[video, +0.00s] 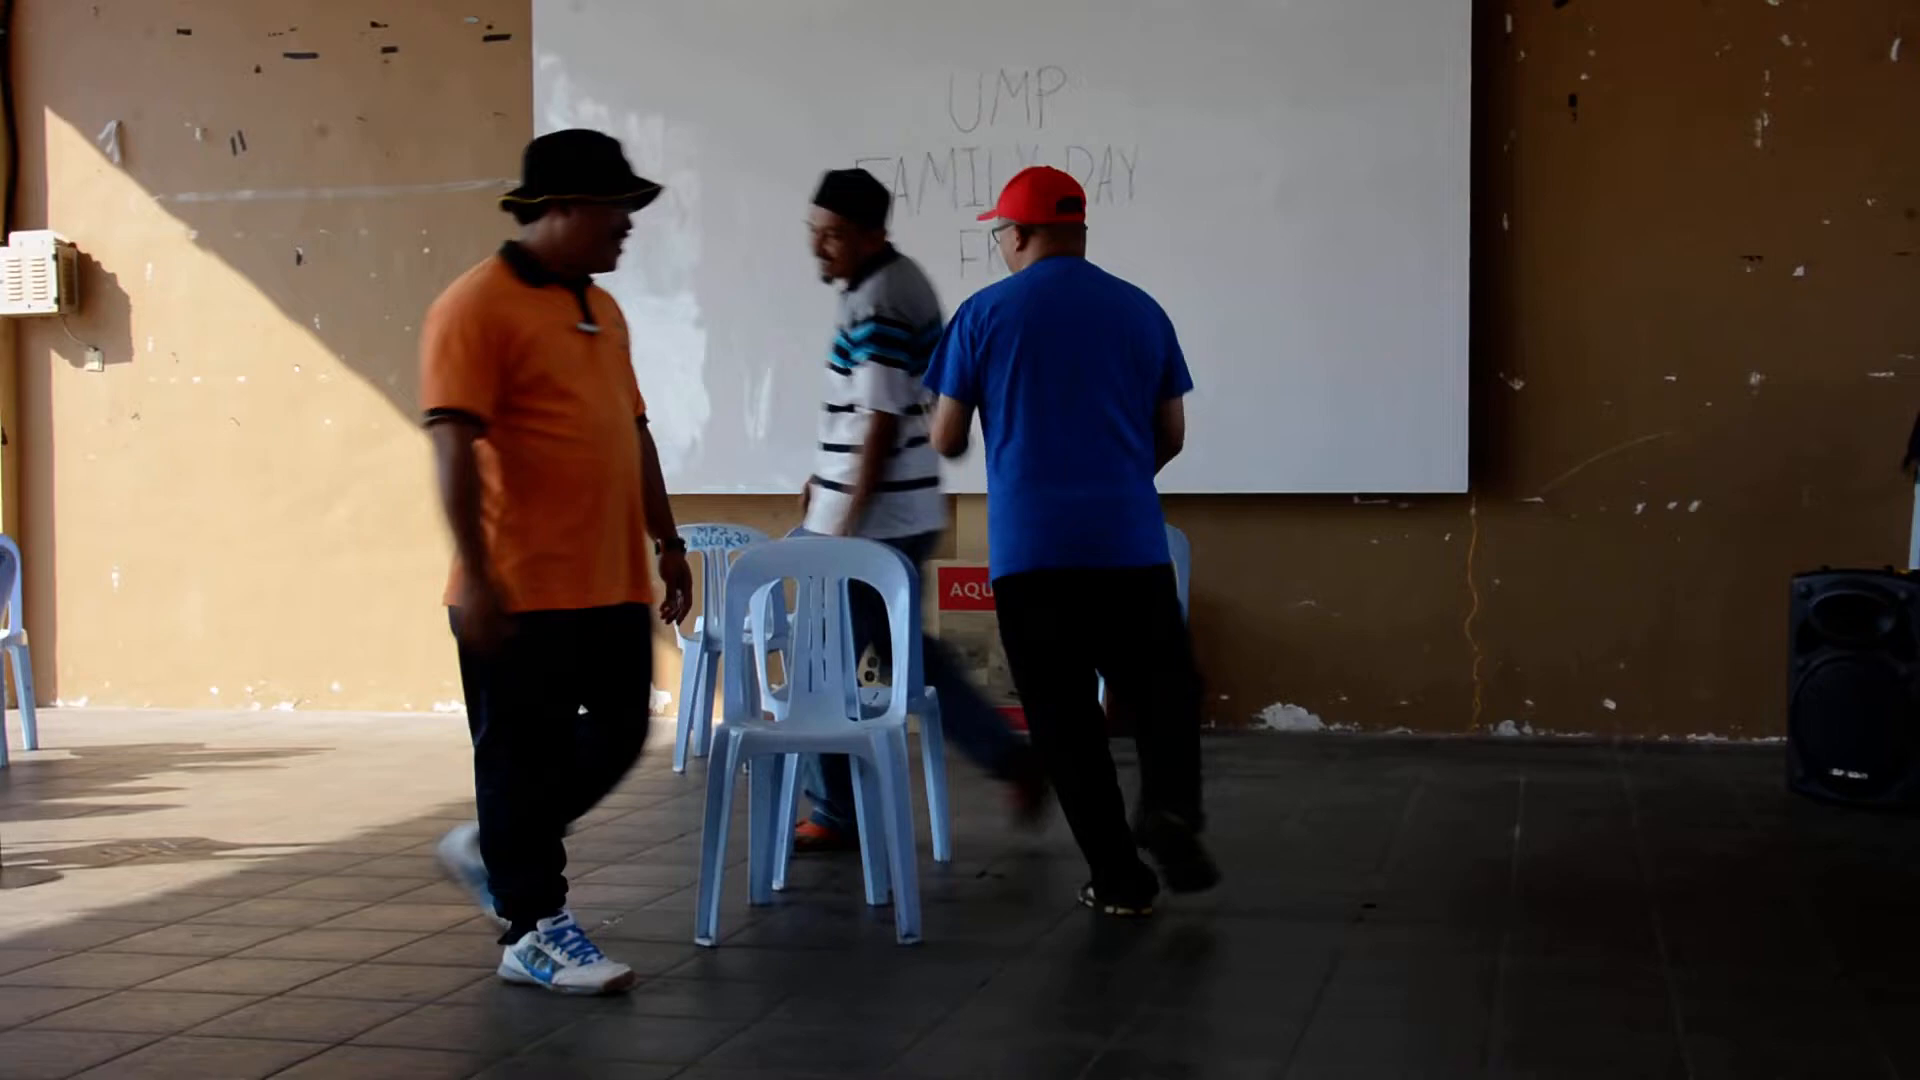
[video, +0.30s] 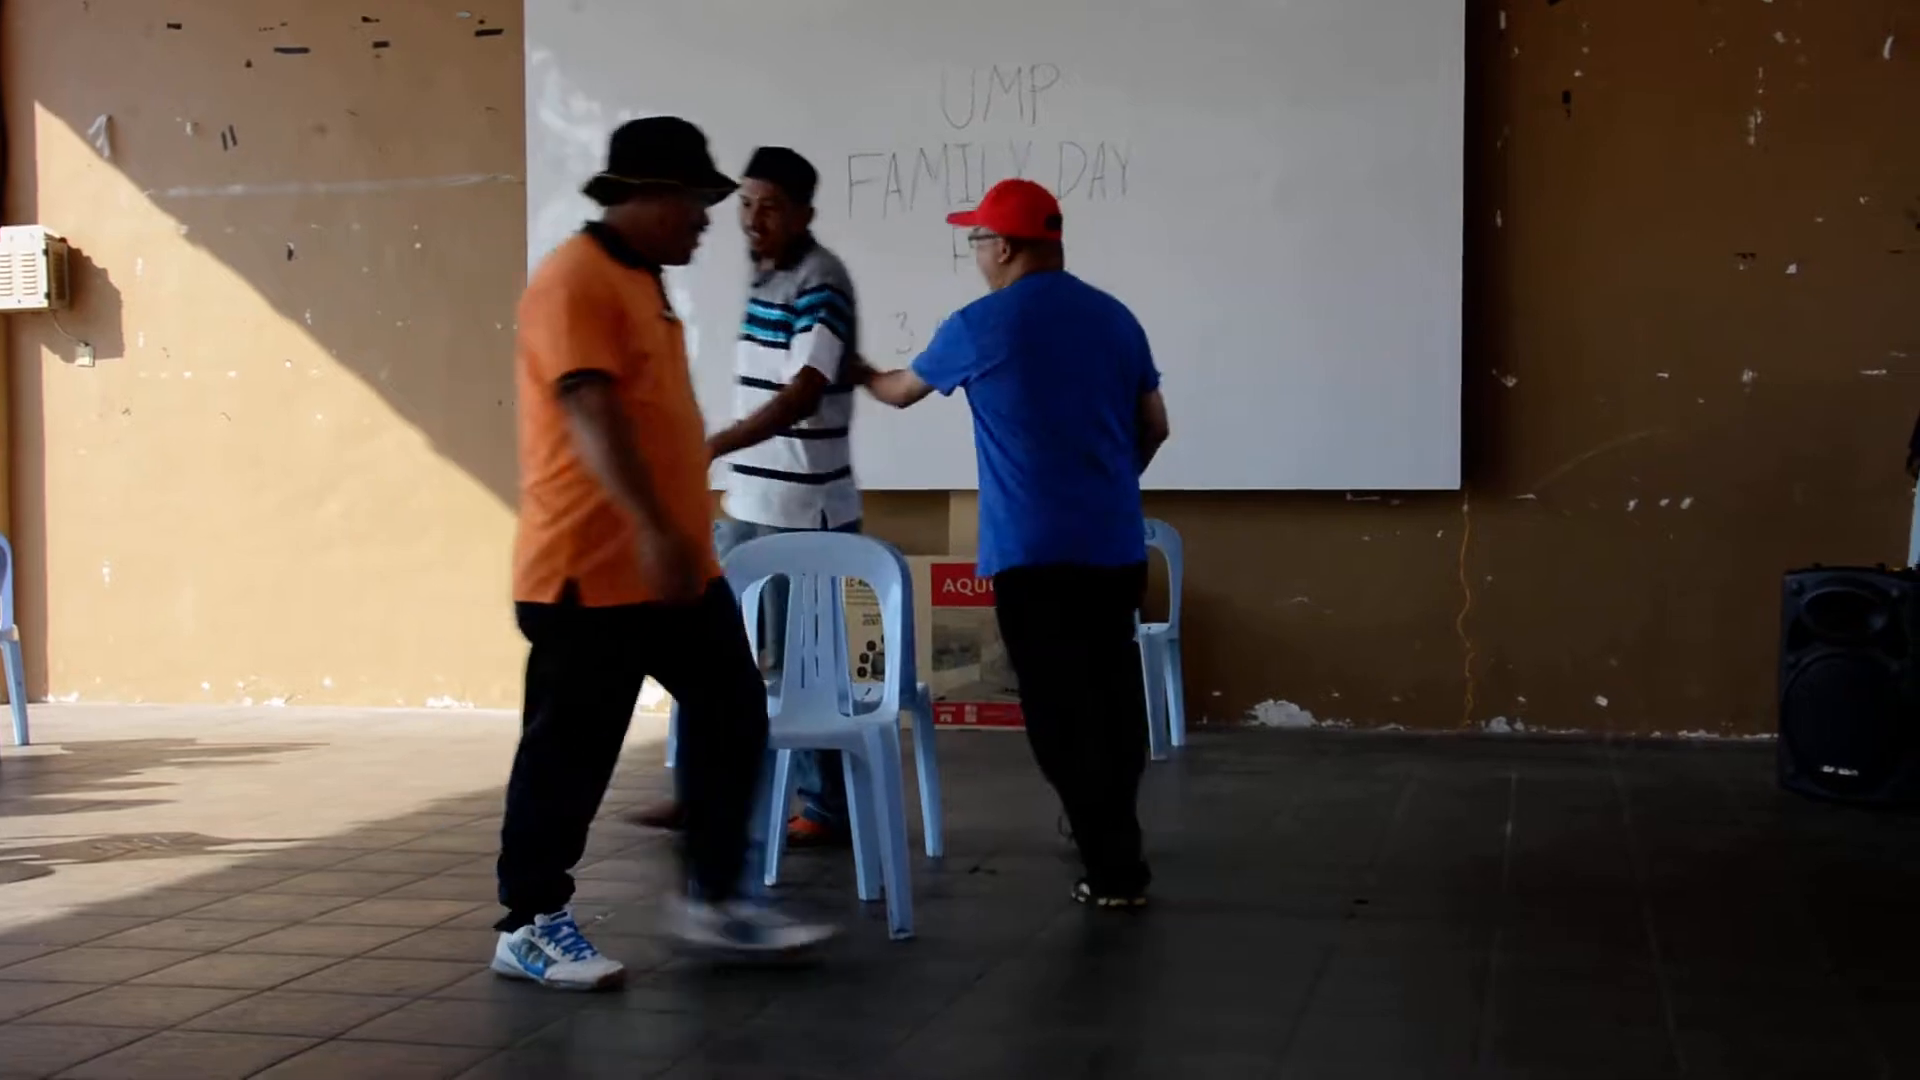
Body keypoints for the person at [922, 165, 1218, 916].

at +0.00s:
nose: (999, 248)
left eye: (1002, 235)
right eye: (1001, 236)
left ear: (1020, 236)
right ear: (1080, 232)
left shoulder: (984, 313)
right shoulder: (1140, 309)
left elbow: (945, 440)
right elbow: (1169, 436)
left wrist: (961, 395)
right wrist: (1114, 472)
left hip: (1031, 555)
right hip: (1131, 552)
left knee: (1062, 723)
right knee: (1166, 690)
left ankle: (1118, 881)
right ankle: (1172, 825)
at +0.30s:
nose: (974, 255)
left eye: (980, 242)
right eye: (975, 242)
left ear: (1006, 248)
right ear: (1050, 244)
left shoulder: (984, 322)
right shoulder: (1116, 317)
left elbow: (901, 389)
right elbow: (1153, 427)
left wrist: (864, 373)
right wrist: (1106, 484)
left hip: (1031, 549)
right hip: (1115, 546)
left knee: (1056, 712)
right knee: (1113, 695)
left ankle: (1115, 873)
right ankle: (1112, 846)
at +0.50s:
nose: (950, 258)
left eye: (959, 247)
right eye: (952, 246)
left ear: (994, 251)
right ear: (1015, 250)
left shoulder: (967, 317)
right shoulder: (1081, 314)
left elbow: (869, 385)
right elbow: (1106, 420)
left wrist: (799, 385)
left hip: (1013, 536)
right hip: (1099, 531)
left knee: (1009, 681)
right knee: (1105, 677)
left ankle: (1087, 803)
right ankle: (1109, 824)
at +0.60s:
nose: (936, 256)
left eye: (945, 244)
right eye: (936, 243)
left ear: (983, 248)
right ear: (1003, 248)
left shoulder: (960, 311)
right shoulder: (1058, 309)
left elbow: (857, 373)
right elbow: (1025, 419)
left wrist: (785, 382)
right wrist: (967, 492)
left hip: (999, 531)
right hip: (1081, 528)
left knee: (978, 668)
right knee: (1096, 681)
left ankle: (1037, 808)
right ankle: (1105, 829)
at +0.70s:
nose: (918, 258)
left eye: (929, 247)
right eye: (920, 246)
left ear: (964, 253)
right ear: (979, 252)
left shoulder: (944, 313)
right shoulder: (1029, 307)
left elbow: (848, 366)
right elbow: (1008, 418)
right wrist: (940, 480)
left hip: (979, 536)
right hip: (1058, 529)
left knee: (963, 685)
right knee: (1077, 684)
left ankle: (970, 818)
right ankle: (1100, 827)